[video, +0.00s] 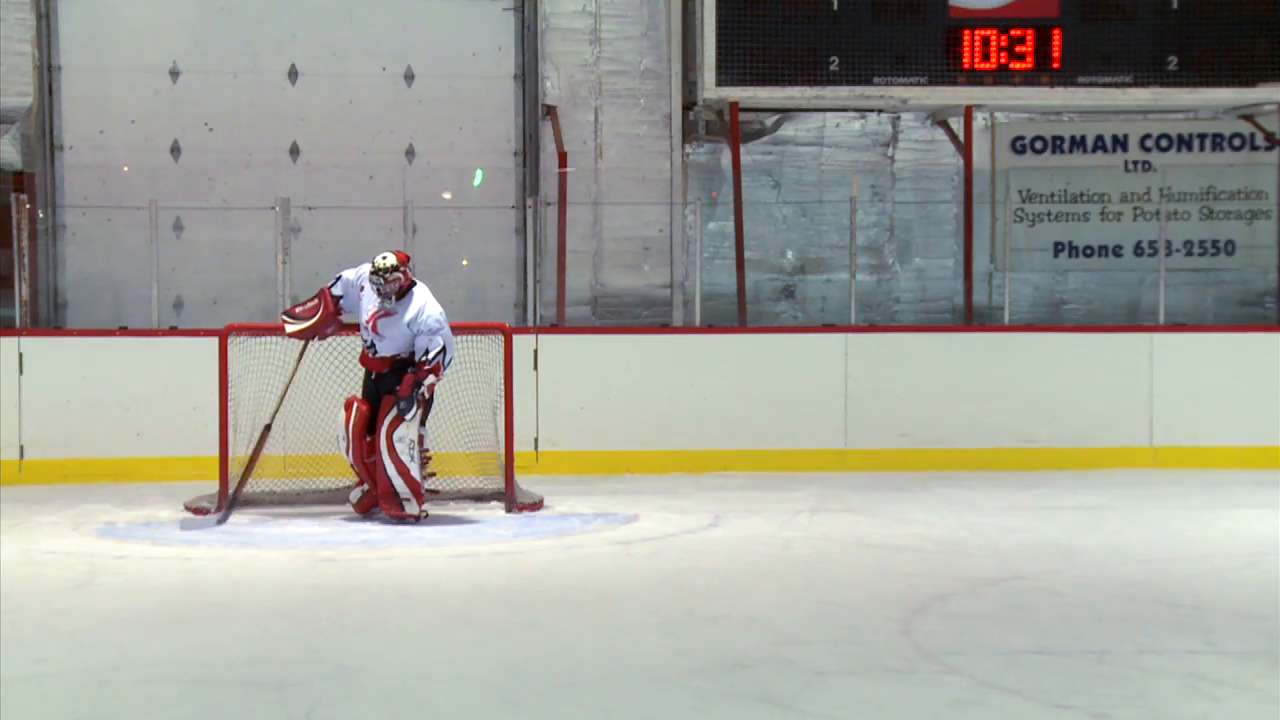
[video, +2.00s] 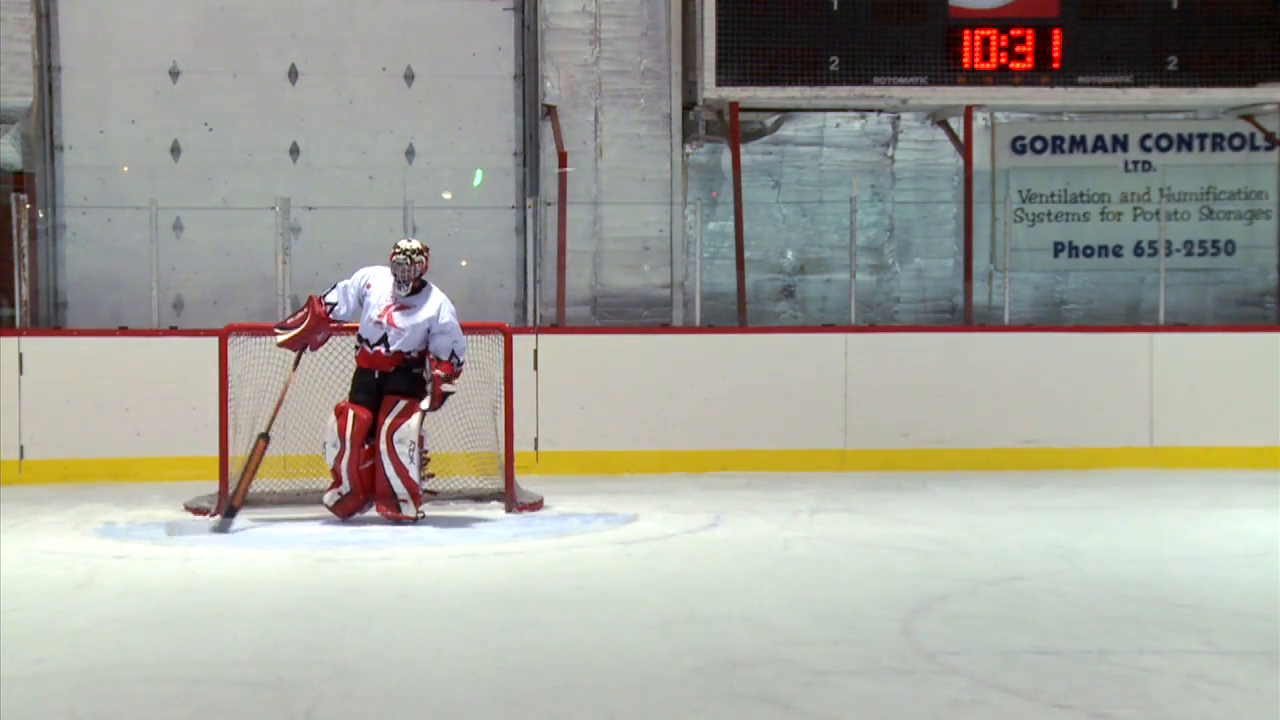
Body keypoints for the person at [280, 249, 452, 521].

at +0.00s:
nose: (387, 288)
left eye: (393, 281)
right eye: (381, 282)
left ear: (405, 277)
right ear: (374, 279)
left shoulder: (423, 307)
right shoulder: (367, 279)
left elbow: (435, 356)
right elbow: (340, 287)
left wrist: (413, 386)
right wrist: (318, 312)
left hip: (405, 375)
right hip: (374, 372)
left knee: (393, 437)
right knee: (365, 433)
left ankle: (404, 501)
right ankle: (373, 491)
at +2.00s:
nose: (403, 273)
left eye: (410, 267)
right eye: (399, 267)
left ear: (422, 269)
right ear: (391, 266)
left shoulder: (437, 306)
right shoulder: (371, 279)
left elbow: (451, 352)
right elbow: (336, 300)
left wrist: (442, 380)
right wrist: (308, 321)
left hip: (404, 379)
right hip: (367, 375)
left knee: (393, 436)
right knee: (351, 430)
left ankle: (399, 503)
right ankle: (351, 494)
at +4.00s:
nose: (344, 262)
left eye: (349, 256)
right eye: (338, 257)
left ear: (357, 257)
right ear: (328, 259)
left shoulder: (376, 285)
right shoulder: (313, 288)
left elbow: (407, 308)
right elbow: (293, 328)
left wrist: (443, 305)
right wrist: (306, 347)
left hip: (369, 374)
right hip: (330, 377)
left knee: (384, 429)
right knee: (335, 432)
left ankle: (384, 496)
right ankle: (336, 499)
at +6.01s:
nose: (350, 263)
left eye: (355, 258)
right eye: (344, 258)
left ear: (363, 259)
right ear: (334, 259)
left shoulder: (381, 287)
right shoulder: (313, 286)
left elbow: (419, 307)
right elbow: (280, 314)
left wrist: (452, 308)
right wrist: (247, 310)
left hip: (367, 372)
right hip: (325, 374)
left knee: (381, 430)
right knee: (330, 432)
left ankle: (385, 498)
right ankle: (334, 500)